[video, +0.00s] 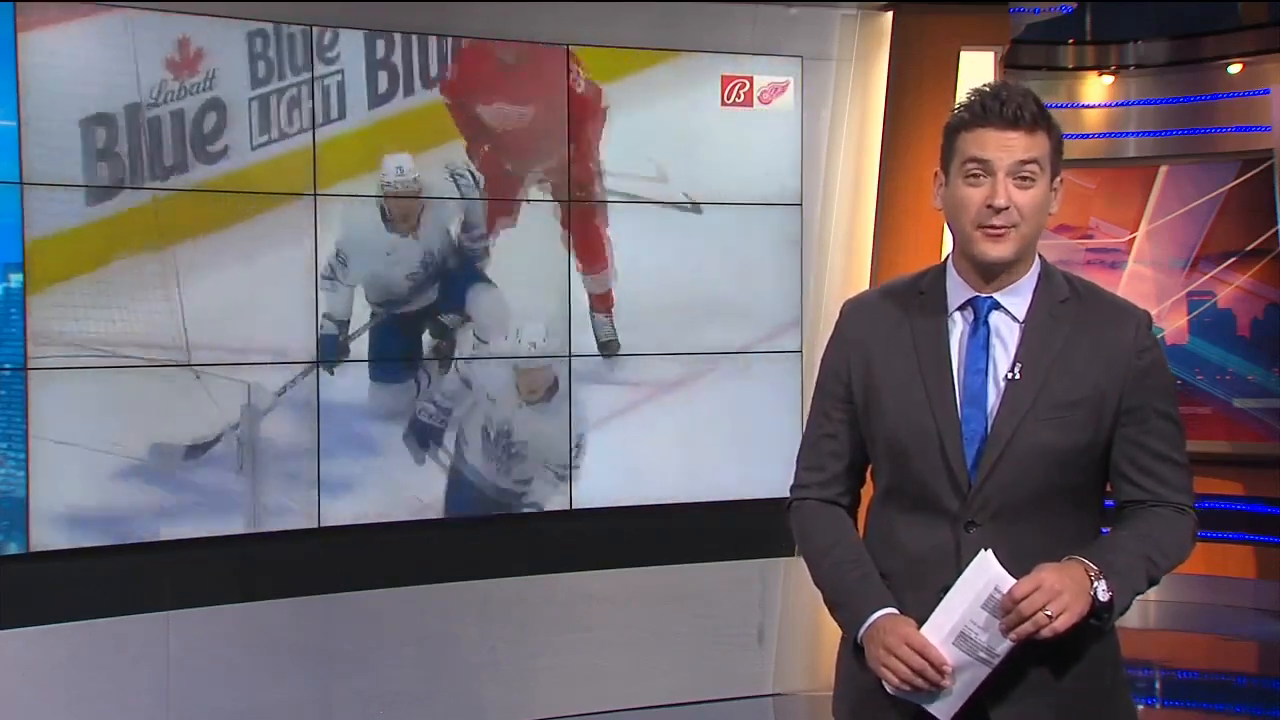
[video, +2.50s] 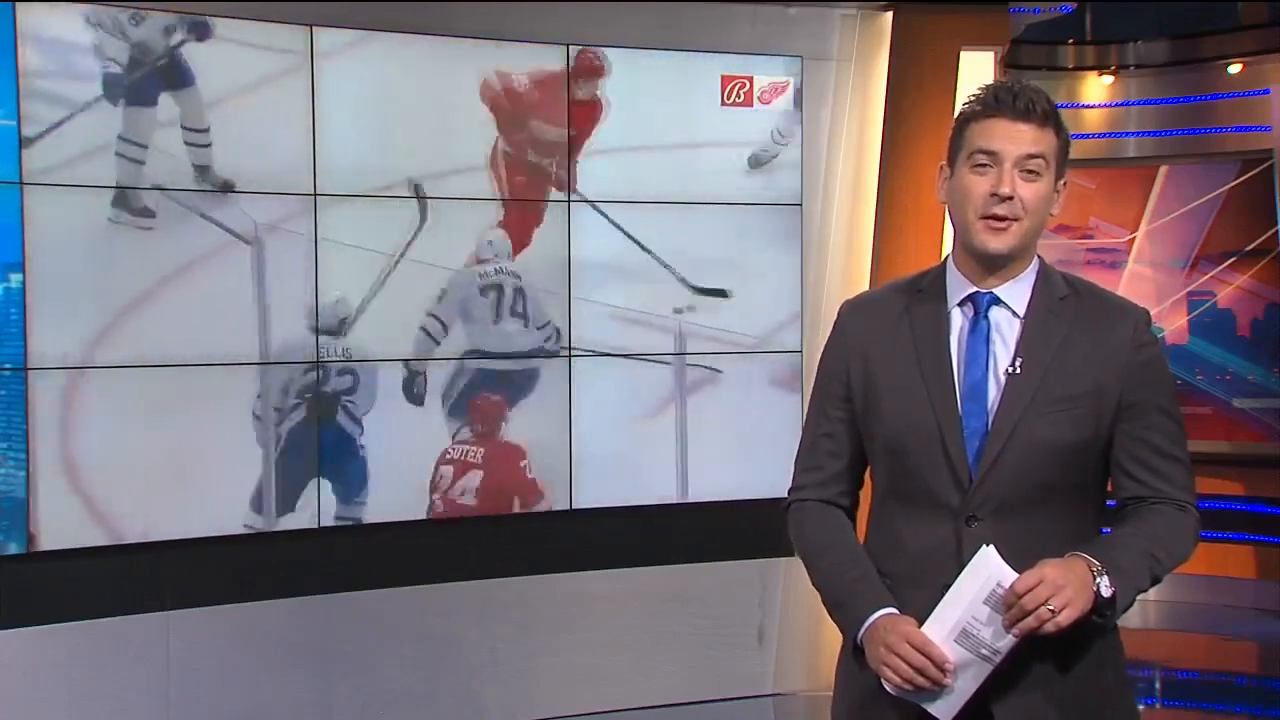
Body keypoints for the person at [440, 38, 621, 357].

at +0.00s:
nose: (509, 49)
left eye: (515, 42)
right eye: (501, 42)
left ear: (527, 40)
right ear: (491, 42)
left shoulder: (552, 58)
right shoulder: (471, 59)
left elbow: (591, 99)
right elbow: (454, 97)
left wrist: (579, 155)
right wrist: (479, 146)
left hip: (561, 148)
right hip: (503, 155)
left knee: (587, 229)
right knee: (479, 232)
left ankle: (602, 311)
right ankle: (454, 308)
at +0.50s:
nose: (669, 83)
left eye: (678, 73)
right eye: (661, 71)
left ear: (689, 75)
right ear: (647, 70)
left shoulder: (695, 136)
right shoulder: (604, 98)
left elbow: (680, 207)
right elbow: (540, 105)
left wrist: (689, 253)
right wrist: (523, 168)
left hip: (634, 236)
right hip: (565, 229)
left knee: (669, 333)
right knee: (555, 331)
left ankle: (635, 438)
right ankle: (505, 414)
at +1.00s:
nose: (554, 130)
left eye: (563, 121)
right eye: (548, 120)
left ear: (575, 121)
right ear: (537, 119)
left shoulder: (595, 160)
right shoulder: (504, 143)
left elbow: (609, 222)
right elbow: (475, 166)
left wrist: (619, 267)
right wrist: (470, 218)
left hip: (573, 254)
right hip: (510, 253)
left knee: (611, 340)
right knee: (501, 347)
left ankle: (639, 427)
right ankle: (484, 443)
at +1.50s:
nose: (506, 100)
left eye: (512, 94)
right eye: (500, 94)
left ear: (522, 91)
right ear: (492, 92)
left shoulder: (536, 118)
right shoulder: (488, 106)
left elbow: (537, 180)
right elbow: (459, 111)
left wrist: (498, 201)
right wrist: (439, 120)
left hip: (560, 191)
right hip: (519, 191)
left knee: (596, 242)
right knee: (486, 250)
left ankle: (631, 294)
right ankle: (503, 316)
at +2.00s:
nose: (457, 180)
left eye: (463, 175)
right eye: (453, 174)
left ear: (473, 172)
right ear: (447, 167)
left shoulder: (477, 190)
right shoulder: (429, 173)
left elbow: (472, 249)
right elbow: (407, 219)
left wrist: (441, 279)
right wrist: (419, 262)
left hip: (453, 226)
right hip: (417, 217)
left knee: (452, 271)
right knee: (379, 251)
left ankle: (429, 327)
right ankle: (346, 302)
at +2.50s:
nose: (595, 87)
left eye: (598, 81)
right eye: (591, 81)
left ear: (600, 80)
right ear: (578, 78)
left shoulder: (594, 108)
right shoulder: (547, 83)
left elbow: (574, 146)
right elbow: (492, 83)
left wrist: (566, 173)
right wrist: (508, 121)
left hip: (543, 165)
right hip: (512, 154)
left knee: (526, 228)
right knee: (522, 216)